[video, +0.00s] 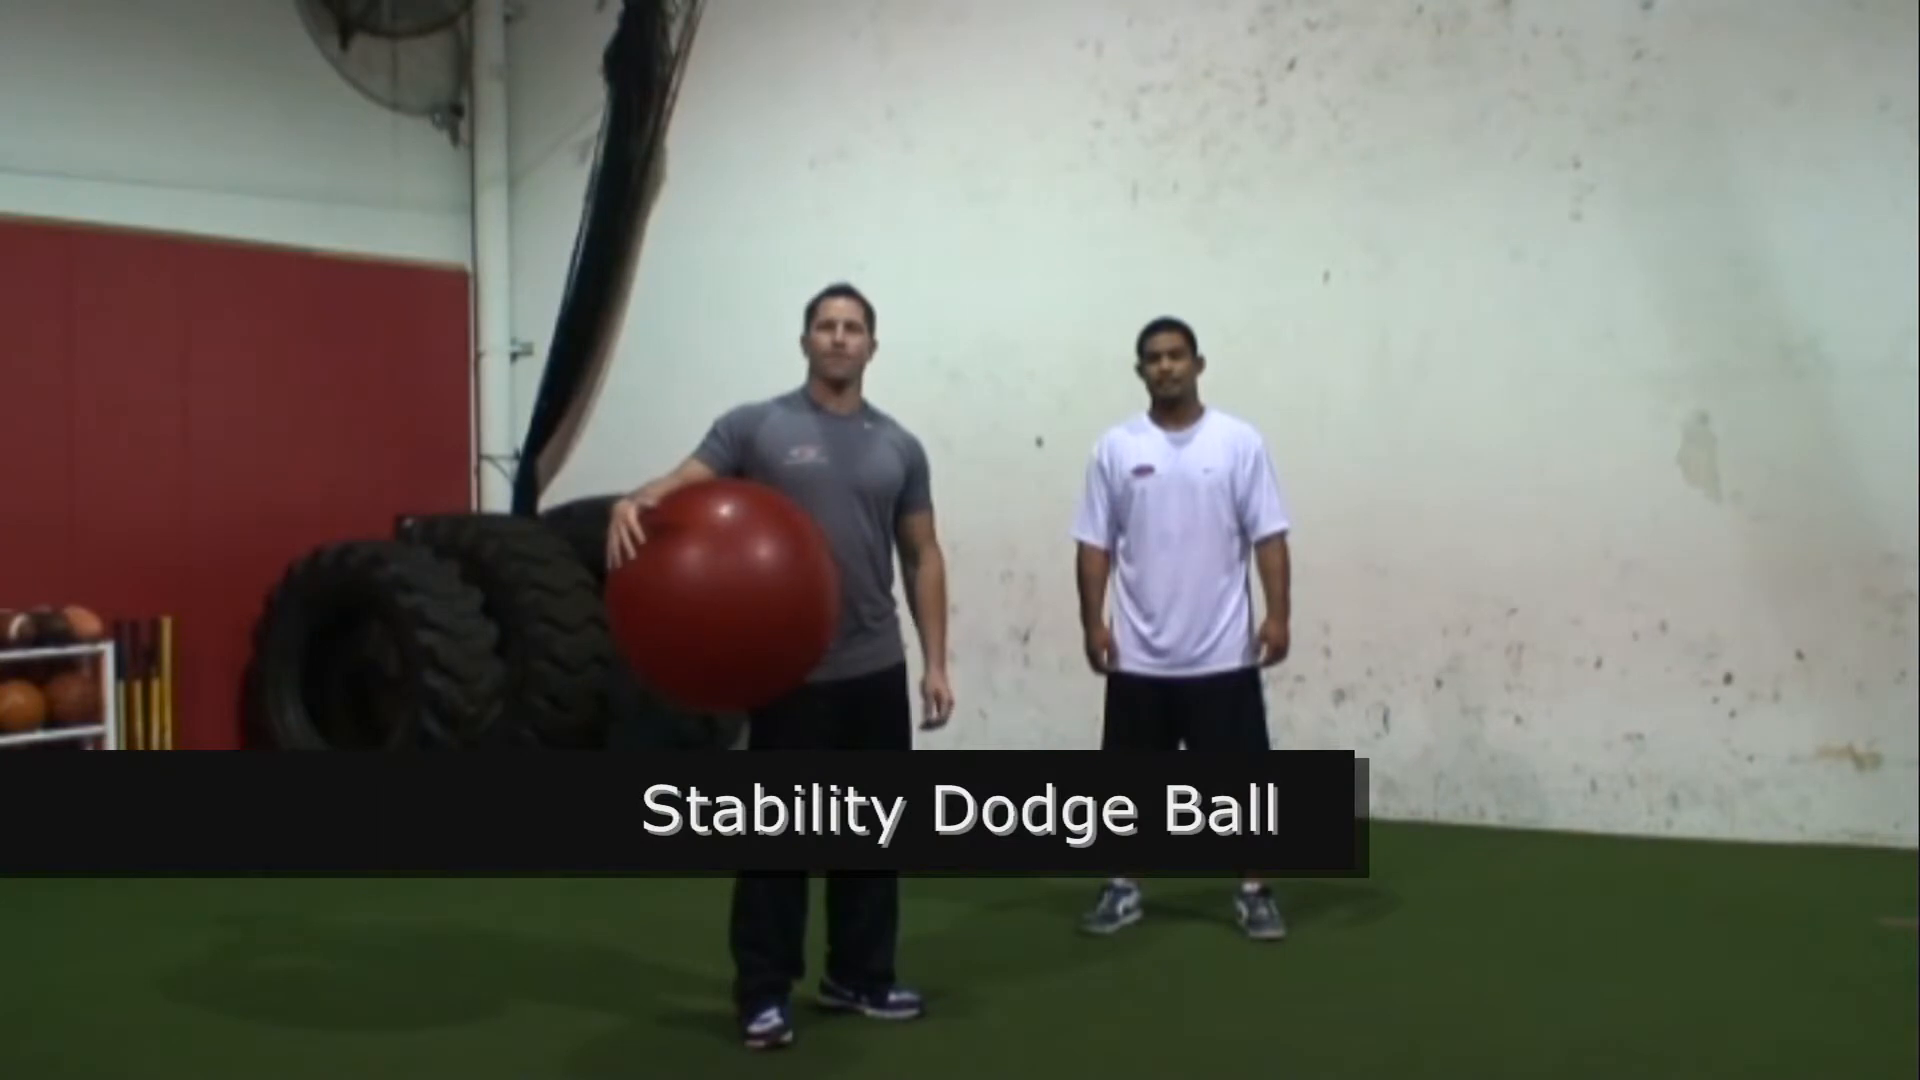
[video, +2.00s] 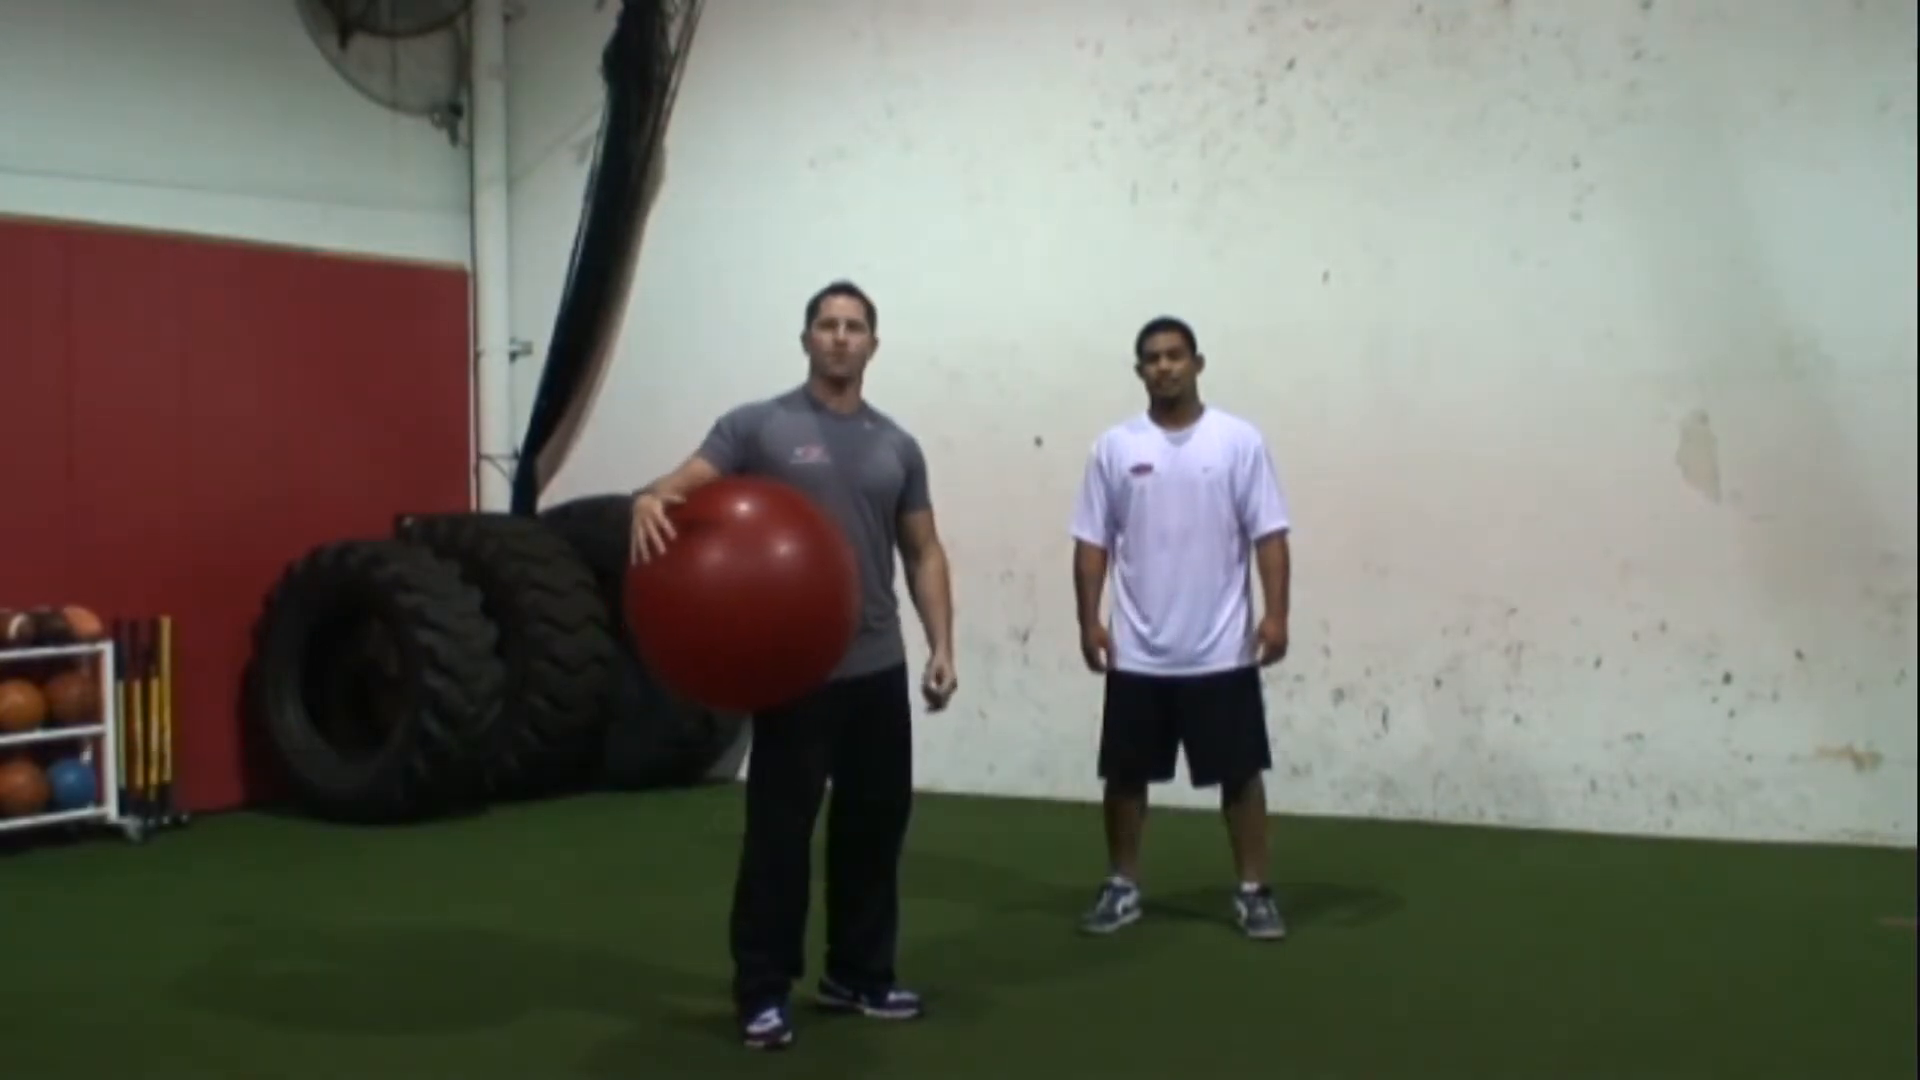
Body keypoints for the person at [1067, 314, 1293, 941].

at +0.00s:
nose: (1166, 366)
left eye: (1176, 356)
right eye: (1154, 358)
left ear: (1198, 364)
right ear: (1140, 371)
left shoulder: (1240, 442)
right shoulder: (1117, 447)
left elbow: (1269, 534)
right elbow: (1094, 541)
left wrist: (1278, 613)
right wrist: (1093, 622)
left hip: (1222, 648)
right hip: (1140, 649)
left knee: (1242, 777)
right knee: (1124, 778)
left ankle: (1253, 887)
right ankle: (1123, 884)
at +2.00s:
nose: (1163, 366)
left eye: (1174, 356)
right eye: (1152, 359)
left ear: (1198, 364)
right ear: (1139, 371)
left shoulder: (1240, 442)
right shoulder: (1115, 448)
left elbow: (1269, 533)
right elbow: (1092, 539)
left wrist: (1276, 613)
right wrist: (1090, 620)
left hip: (1221, 645)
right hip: (1138, 646)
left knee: (1242, 777)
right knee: (1123, 778)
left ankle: (1254, 889)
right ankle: (1122, 884)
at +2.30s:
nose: (1163, 366)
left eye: (1174, 356)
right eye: (1152, 358)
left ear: (1198, 364)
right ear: (1139, 372)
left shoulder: (1240, 442)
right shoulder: (1115, 448)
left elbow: (1269, 534)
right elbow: (1092, 539)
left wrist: (1275, 614)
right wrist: (1090, 620)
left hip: (1221, 645)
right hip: (1138, 646)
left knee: (1242, 777)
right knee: (1123, 777)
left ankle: (1254, 888)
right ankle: (1122, 884)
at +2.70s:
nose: (1164, 366)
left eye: (1175, 356)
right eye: (1153, 358)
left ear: (1199, 365)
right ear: (1140, 371)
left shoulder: (1240, 443)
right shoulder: (1116, 449)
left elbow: (1269, 536)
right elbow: (1093, 540)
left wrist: (1273, 617)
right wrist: (1092, 621)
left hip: (1221, 645)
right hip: (1139, 646)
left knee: (1242, 776)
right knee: (1124, 777)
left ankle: (1254, 889)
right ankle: (1122, 883)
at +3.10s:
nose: (1164, 367)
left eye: (1175, 357)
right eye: (1153, 359)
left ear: (1198, 365)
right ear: (1140, 371)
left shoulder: (1239, 443)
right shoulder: (1116, 449)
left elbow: (1268, 536)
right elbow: (1093, 540)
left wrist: (1274, 618)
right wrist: (1091, 621)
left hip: (1221, 645)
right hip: (1139, 645)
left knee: (1242, 776)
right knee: (1124, 777)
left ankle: (1254, 888)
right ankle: (1122, 883)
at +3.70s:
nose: (1163, 368)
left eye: (1174, 357)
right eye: (1152, 360)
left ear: (1197, 364)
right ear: (1138, 372)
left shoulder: (1238, 442)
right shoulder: (1116, 448)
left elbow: (1269, 534)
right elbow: (1093, 540)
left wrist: (1277, 614)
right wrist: (1091, 622)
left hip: (1220, 644)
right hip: (1138, 645)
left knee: (1241, 776)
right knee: (1123, 777)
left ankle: (1254, 889)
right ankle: (1122, 884)